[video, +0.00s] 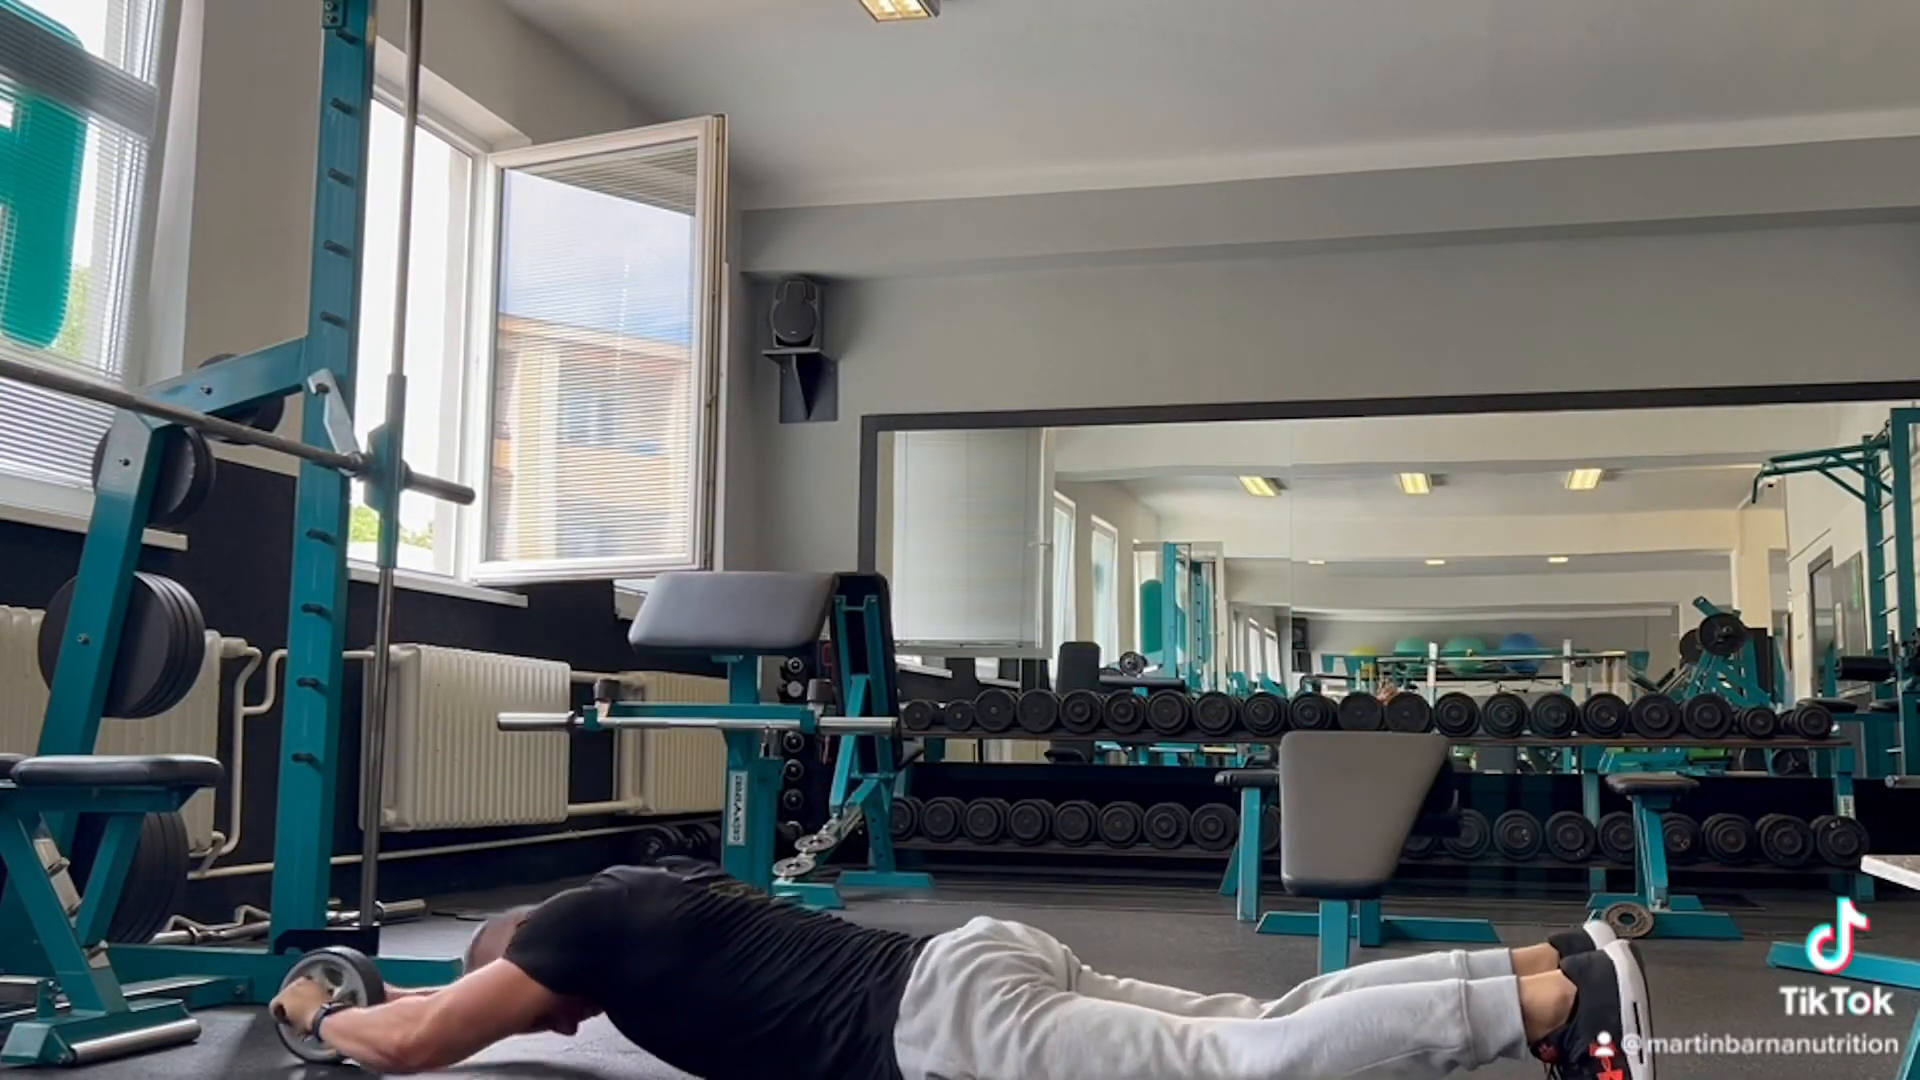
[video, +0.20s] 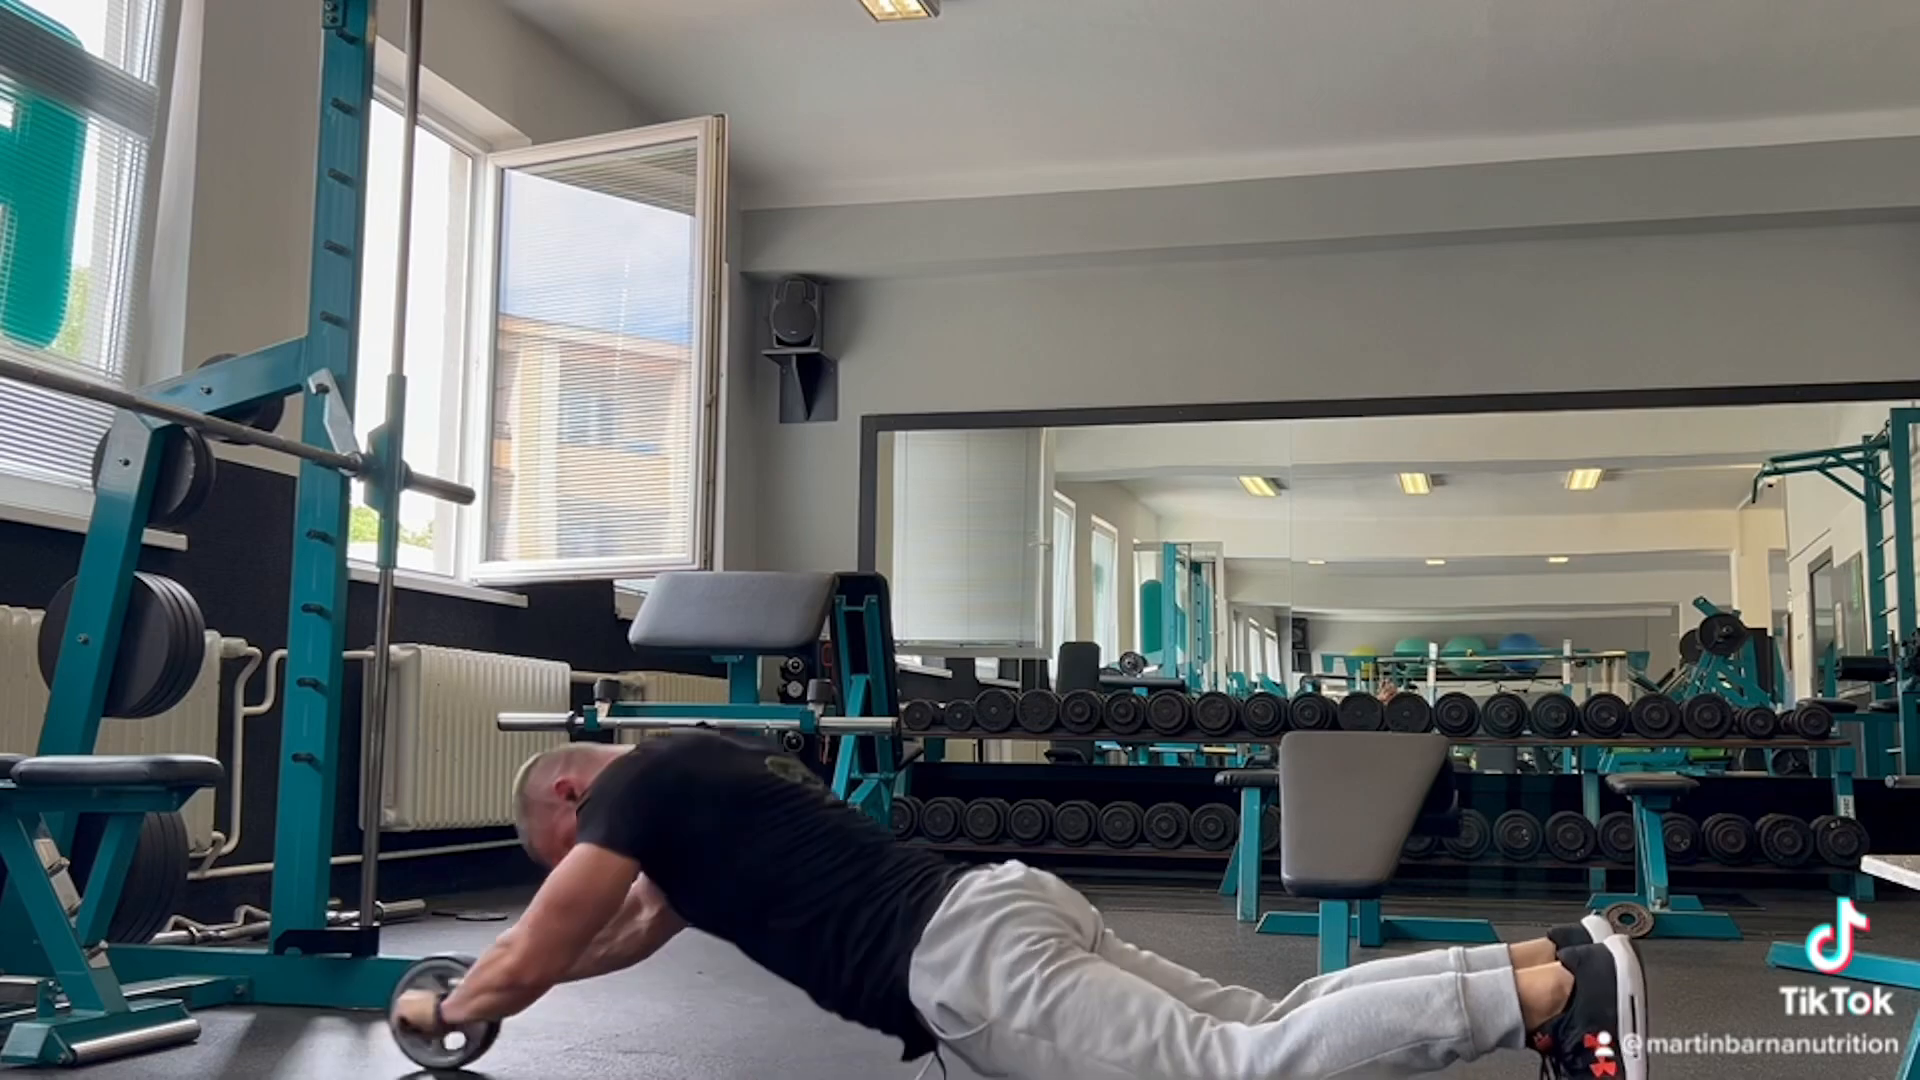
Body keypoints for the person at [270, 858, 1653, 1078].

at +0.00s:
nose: (496, 986)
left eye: (498, 969)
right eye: (496, 974)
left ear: (534, 925)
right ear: (579, 898)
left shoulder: (598, 920)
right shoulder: (663, 913)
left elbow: (403, 1047)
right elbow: (557, 1025)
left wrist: (327, 1013)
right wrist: (421, 1026)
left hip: (938, 1009)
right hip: (959, 961)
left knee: (1240, 1049)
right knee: (1240, 1022)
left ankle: (1534, 997)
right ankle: (1526, 991)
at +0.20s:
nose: (550, 851)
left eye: (542, 830)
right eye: (544, 842)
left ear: (564, 783)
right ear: (598, 781)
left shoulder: (633, 791)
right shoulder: (693, 793)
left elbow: (539, 950)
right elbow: (628, 932)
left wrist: (458, 1010)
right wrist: (495, 988)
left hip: (963, 948)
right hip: (998, 912)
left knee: (1225, 1060)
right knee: (1244, 1028)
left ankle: (1537, 981)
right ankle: (1535, 986)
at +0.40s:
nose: (635, 736)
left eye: (619, 710)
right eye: (624, 726)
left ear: (633, 656)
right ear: (659, 656)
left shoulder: (719, 651)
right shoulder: (788, 676)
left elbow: (708, 859)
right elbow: (778, 880)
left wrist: (674, 982)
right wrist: (702, 987)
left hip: (1033, 795)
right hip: (1067, 771)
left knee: (1236, 1039)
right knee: (1279, 981)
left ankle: (1554, 1003)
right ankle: (1554, 979)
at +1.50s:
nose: (815, 622)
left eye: (812, 593)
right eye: (807, 601)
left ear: (860, 554)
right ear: (885, 554)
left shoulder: (937, 597)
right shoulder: (993, 611)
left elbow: (900, 824)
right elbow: (970, 837)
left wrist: (865, 989)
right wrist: (896, 989)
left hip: (1289, 538)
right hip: (1305, 523)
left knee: (1419, 833)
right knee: (1427, 822)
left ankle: (1665, 1033)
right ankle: (1621, 1012)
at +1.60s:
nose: (739, 643)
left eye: (736, 617)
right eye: (731, 623)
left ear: (780, 581)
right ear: (812, 573)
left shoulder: (851, 614)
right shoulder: (910, 632)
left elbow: (805, 840)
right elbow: (877, 845)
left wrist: (768, 996)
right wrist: (800, 985)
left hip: (1197, 580)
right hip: (1213, 580)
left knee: (1352, 863)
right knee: (1357, 850)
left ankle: (1635, 1018)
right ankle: (1611, 1010)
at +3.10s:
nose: (624, 751)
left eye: (605, 731)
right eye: (612, 746)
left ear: (606, 667)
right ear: (630, 672)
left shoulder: (687, 638)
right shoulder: (758, 676)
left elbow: (707, 841)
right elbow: (797, 853)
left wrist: (699, 986)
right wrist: (748, 981)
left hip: (1022, 728)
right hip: (1024, 760)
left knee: (1224, 967)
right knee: (1251, 927)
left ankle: (1533, 990)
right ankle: (1534, 972)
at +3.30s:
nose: (742, 747)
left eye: (716, 733)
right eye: (721, 744)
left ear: (713, 665)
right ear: (731, 665)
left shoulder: (809, 625)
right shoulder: (855, 639)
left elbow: (879, 830)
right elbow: (940, 834)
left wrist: (900, 985)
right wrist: (925, 980)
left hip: (1141, 579)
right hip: (1150, 579)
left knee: (1289, 831)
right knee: (1298, 825)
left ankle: (1563, 989)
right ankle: (1557, 979)